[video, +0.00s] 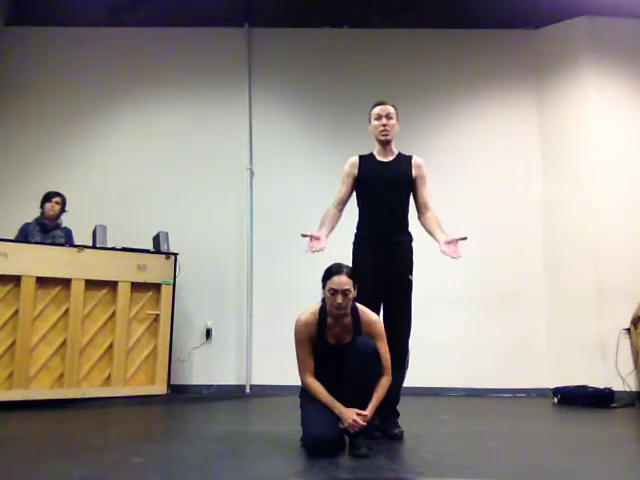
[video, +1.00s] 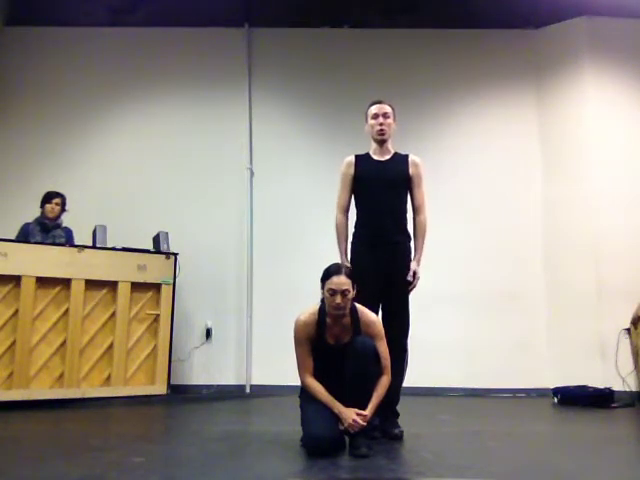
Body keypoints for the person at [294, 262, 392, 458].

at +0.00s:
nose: (339, 300)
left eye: (346, 293)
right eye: (333, 293)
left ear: (354, 293)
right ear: (324, 292)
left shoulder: (371, 322)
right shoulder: (306, 324)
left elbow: (386, 374)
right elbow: (307, 378)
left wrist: (366, 414)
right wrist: (341, 412)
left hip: (356, 393)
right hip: (321, 393)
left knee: (364, 347)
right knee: (321, 445)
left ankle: (360, 431)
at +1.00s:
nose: (338, 301)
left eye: (345, 294)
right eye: (332, 293)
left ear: (353, 293)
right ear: (322, 292)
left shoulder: (370, 322)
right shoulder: (306, 324)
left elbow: (386, 374)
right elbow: (306, 378)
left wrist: (366, 413)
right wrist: (341, 411)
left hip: (355, 391)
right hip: (320, 392)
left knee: (364, 346)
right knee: (322, 445)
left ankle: (360, 431)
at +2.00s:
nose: (340, 301)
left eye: (347, 294)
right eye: (334, 293)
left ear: (355, 293)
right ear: (324, 292)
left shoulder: (371, 322)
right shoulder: (307, 323)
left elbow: (386, 374)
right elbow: (307, 377)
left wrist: (366, 415)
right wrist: (342, 411)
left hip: (356, 393)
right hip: (321, 393)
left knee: (365, 347)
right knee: (321, 445)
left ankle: (360, 432)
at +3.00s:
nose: (340, 301)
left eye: (347, 294)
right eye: (334, 294)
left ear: (355, 293)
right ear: (324, 292)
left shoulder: (371, 322)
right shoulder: (307, 323)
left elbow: (386, 374)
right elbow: (307, 378)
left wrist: (366, 414)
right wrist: (342, 412)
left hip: (355, 392)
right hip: (321, 392)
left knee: (365, 347)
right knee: (322, 445)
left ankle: (360, 432)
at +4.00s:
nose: (339, 301)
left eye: (346, 294)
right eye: (333, 294)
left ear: (354, 294)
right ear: (324, 292)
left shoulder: (371, 323)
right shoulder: (306, 324)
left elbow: (386, 375)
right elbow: (306, 378)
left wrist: (367, 413)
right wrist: (341, 411)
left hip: (355, 392)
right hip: (320, 392)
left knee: (365, 347)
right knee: (321, 445)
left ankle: (359, 432)